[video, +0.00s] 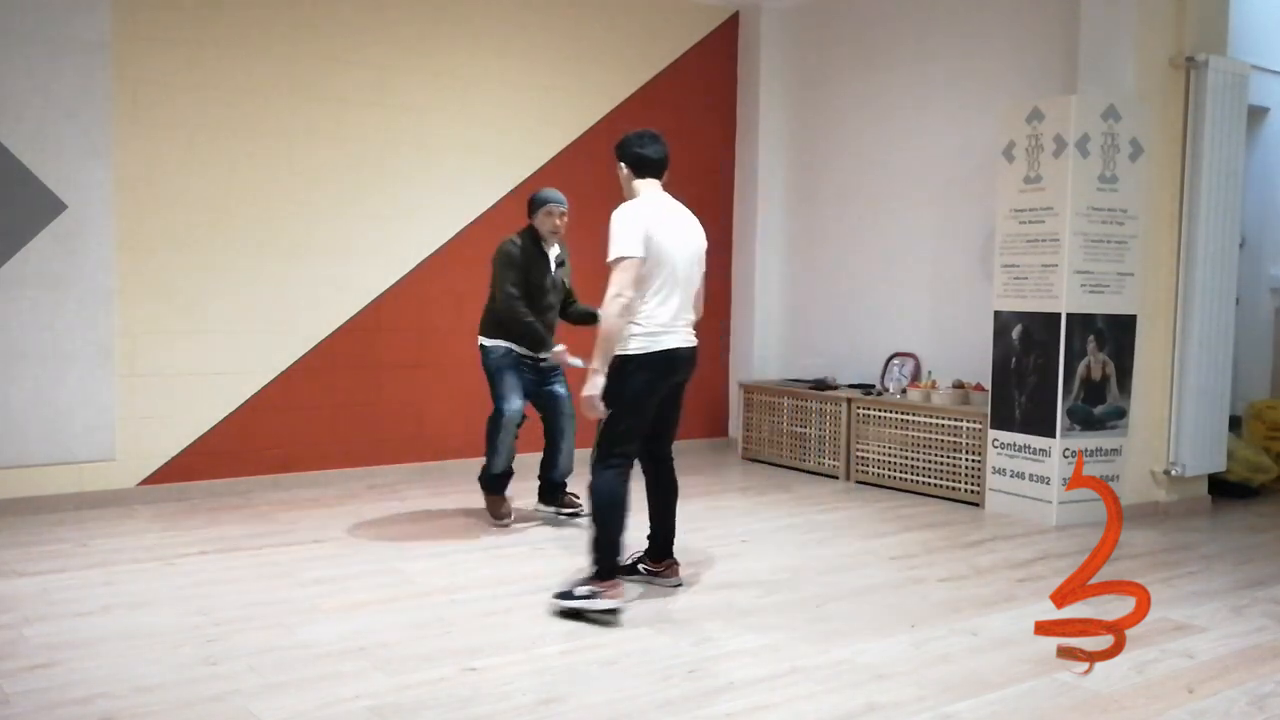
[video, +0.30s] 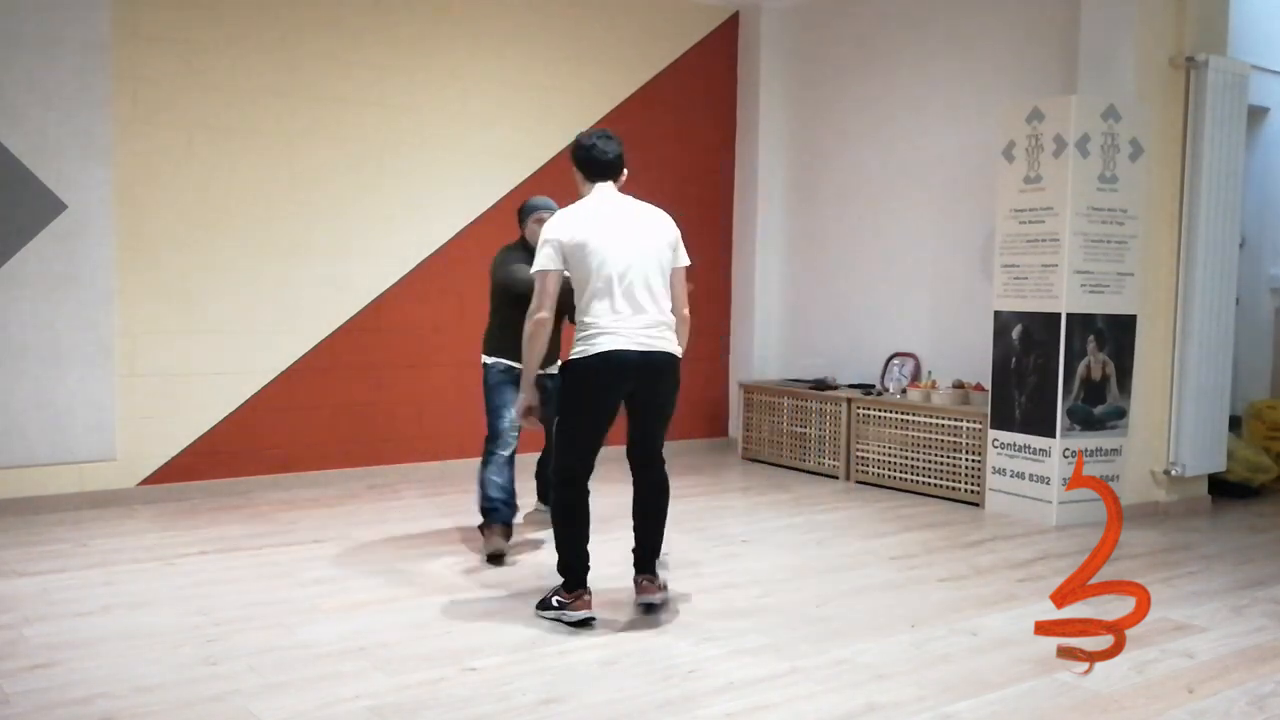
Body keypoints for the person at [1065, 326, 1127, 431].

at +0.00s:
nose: (1087, 346)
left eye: (1091, 342)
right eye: (1088, 342)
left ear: (1098, 345)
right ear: (1088, 345)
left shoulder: (1108, 364)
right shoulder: (1084, 364)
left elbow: (1113, 389)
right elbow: (1076, 390)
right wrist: (1070, 408)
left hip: (1103, 406)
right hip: (1086, 406)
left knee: (1121, 411)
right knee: (1071, 410)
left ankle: (1085, 425)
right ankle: (1101, 425)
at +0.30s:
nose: (1087, 346)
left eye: (1091, 342)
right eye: (1088, 342)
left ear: (1098, 345)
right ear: (1088, 345)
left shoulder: (1108, 364)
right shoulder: (1084, 364)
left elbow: (1113, 389)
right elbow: (1076, 390)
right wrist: (1070, 408)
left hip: (1103, 406)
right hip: (1086, 406)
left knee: (1121, 411)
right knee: (1071, 410)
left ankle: (1085, 425)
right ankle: (1102, 425)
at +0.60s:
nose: (1087, 346)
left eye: (1091, 342)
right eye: (1088, 342)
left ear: (1098, 344)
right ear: (1088, 345)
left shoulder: (1108, 364)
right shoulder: (1084, 364)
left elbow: (1113, 389)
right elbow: (1076, 390)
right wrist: (1070, 408)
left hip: (1103, 406)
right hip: (1085, 405)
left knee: (1121, 411)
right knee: (1071, 410)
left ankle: (1086, 425)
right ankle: (1101, 425)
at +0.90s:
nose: (1087, 346)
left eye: (1091, 342)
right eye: (1088, 342)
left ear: (1098, 344)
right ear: (1088, 345)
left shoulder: (1108, 365)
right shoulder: (1083, 365)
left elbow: (1113, 389)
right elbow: (1076, 391)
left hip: (1103, 406)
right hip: (1086, 405)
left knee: (1121, 411)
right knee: (1071, 410)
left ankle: (1086, 425)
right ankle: (1102, 425)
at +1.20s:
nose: (1087, 346)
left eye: (1091, 342)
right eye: (1088, 342)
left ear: (1099, 344)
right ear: (1088, 345)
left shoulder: (1108, 364)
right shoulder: (1083, 365)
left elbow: (1113, 389)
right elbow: (1076, 390)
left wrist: (1114, 406)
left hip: (1103, 405)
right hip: (1086, 405)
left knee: (1121, 411)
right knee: (1071, 410)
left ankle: (1086, 425)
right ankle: (1102, 425)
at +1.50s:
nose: (1087, 345)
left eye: (1091, 342)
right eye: (1088, 342)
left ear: (1099, 344)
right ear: (1088, 345)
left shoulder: (1108, 364)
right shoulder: (1083, 365)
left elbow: (1113, 388)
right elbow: (1076, 390)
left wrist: (1115, 406)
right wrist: (1070, 408)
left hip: (1102, 405)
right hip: (1086, 405)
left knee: (1121, 411)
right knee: (1071, 410)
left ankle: (1086, 425)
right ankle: (1101, 425)